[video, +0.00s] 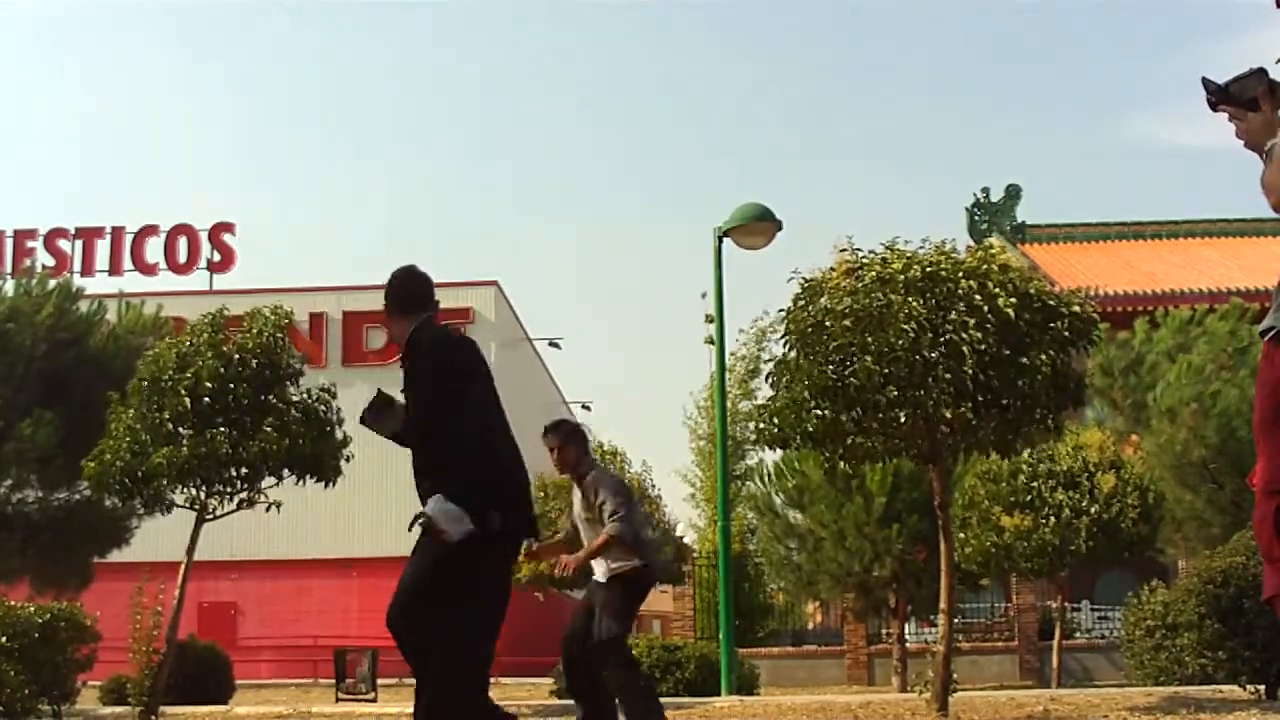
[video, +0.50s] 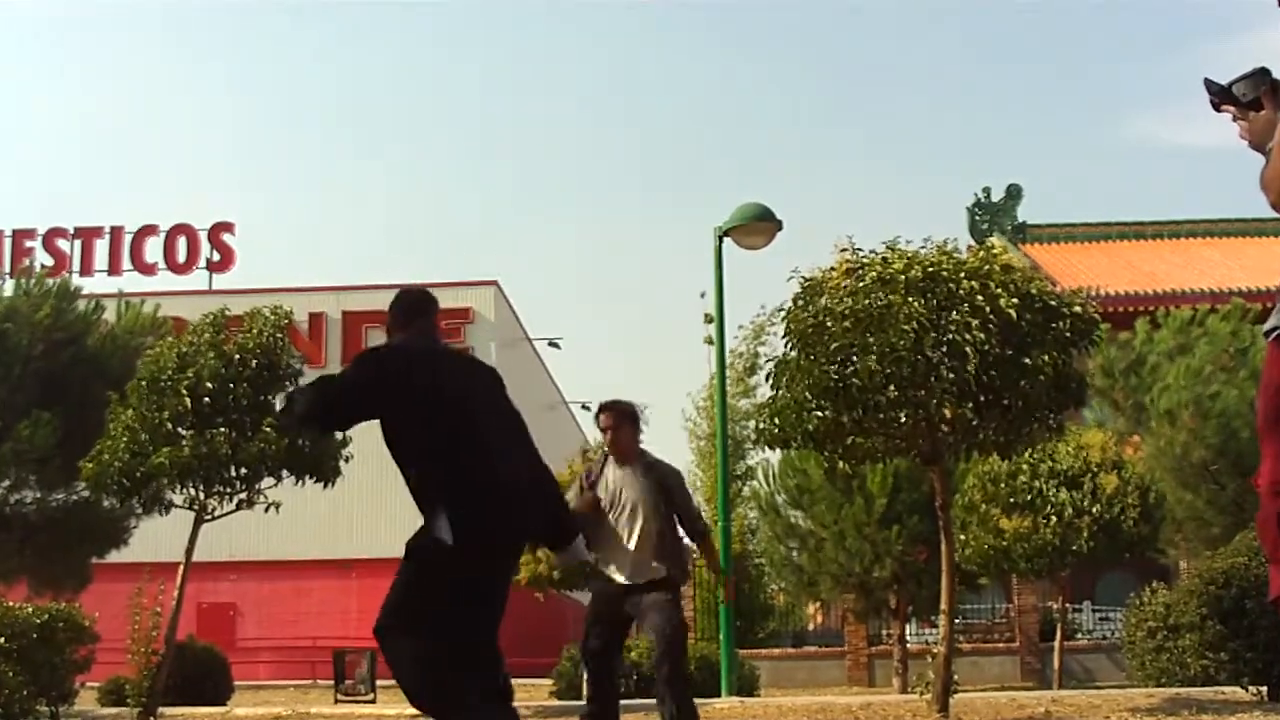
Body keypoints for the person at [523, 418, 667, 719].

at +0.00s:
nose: (554, 459)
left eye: (558, 450)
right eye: (550, 452)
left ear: (578, 446)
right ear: (553, 454)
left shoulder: (604, 483)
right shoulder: (579, 490)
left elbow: (618, 527)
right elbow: (573, 538)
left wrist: (581, 556)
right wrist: (543, 550)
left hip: (629, 574)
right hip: (605, 576)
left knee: (607, 645)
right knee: (575, 645)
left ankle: (649, 715)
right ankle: (599, 714)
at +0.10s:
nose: (561, 448)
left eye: (566, 440)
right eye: (558, 442)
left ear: (586, 437)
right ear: (558, 443)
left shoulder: (609, 470)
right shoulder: (583, 480)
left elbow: (626, 518)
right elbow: (589, 526)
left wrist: (585, 546)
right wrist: (566, 546)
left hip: (633, 568)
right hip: (606, 572)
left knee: (623, 643)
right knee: (582, 644)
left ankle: (652, 714)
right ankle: (599, 714)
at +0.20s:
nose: (569, 442)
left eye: (574, 434)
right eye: (565, 436)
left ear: (595, 433)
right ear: (564, 439)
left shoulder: (620, 470)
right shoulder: (583, 483)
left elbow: (638, 514)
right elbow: (581, 530)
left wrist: (604, 540)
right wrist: (556, 542)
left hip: (641, 567)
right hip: (610, 574)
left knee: (637, 632)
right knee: (585, 641)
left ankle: (658, 714)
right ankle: (601, 713)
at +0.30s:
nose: (579, 445)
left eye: (584, 436)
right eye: (575, 438)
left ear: (604, 434)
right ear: (575, 440)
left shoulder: (633, 475)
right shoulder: (584, 483)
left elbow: (653, 522)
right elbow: (577, 528)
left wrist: (635, 554)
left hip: (642, 575)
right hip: (606, 576)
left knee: (646, 640)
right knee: (585, 644)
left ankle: (675, 713)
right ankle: (600, 713)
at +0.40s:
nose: (592, 443)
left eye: (598, 435)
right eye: (588, 437)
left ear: (619, 436)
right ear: (586, 440)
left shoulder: (647, 480)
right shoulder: (590, 484)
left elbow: (674, 529)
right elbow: (578, 526)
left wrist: (677, 575)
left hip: (648, 585)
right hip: (608, 583)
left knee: (655, 660)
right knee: (587, 649)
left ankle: (676, 715)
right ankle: (599, 713)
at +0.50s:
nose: (606, 438)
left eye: (613, 430)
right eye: (602, 431)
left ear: (634, 430)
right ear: (599, 433)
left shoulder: (664, 476)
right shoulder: (591, 477)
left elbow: (694, 523)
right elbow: (568, 525)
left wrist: (716, 568)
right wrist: (580, 510)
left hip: (657, 586)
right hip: (609, 585)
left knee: (670, 660)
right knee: (596, 657)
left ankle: (678, 714)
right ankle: (601, 714)